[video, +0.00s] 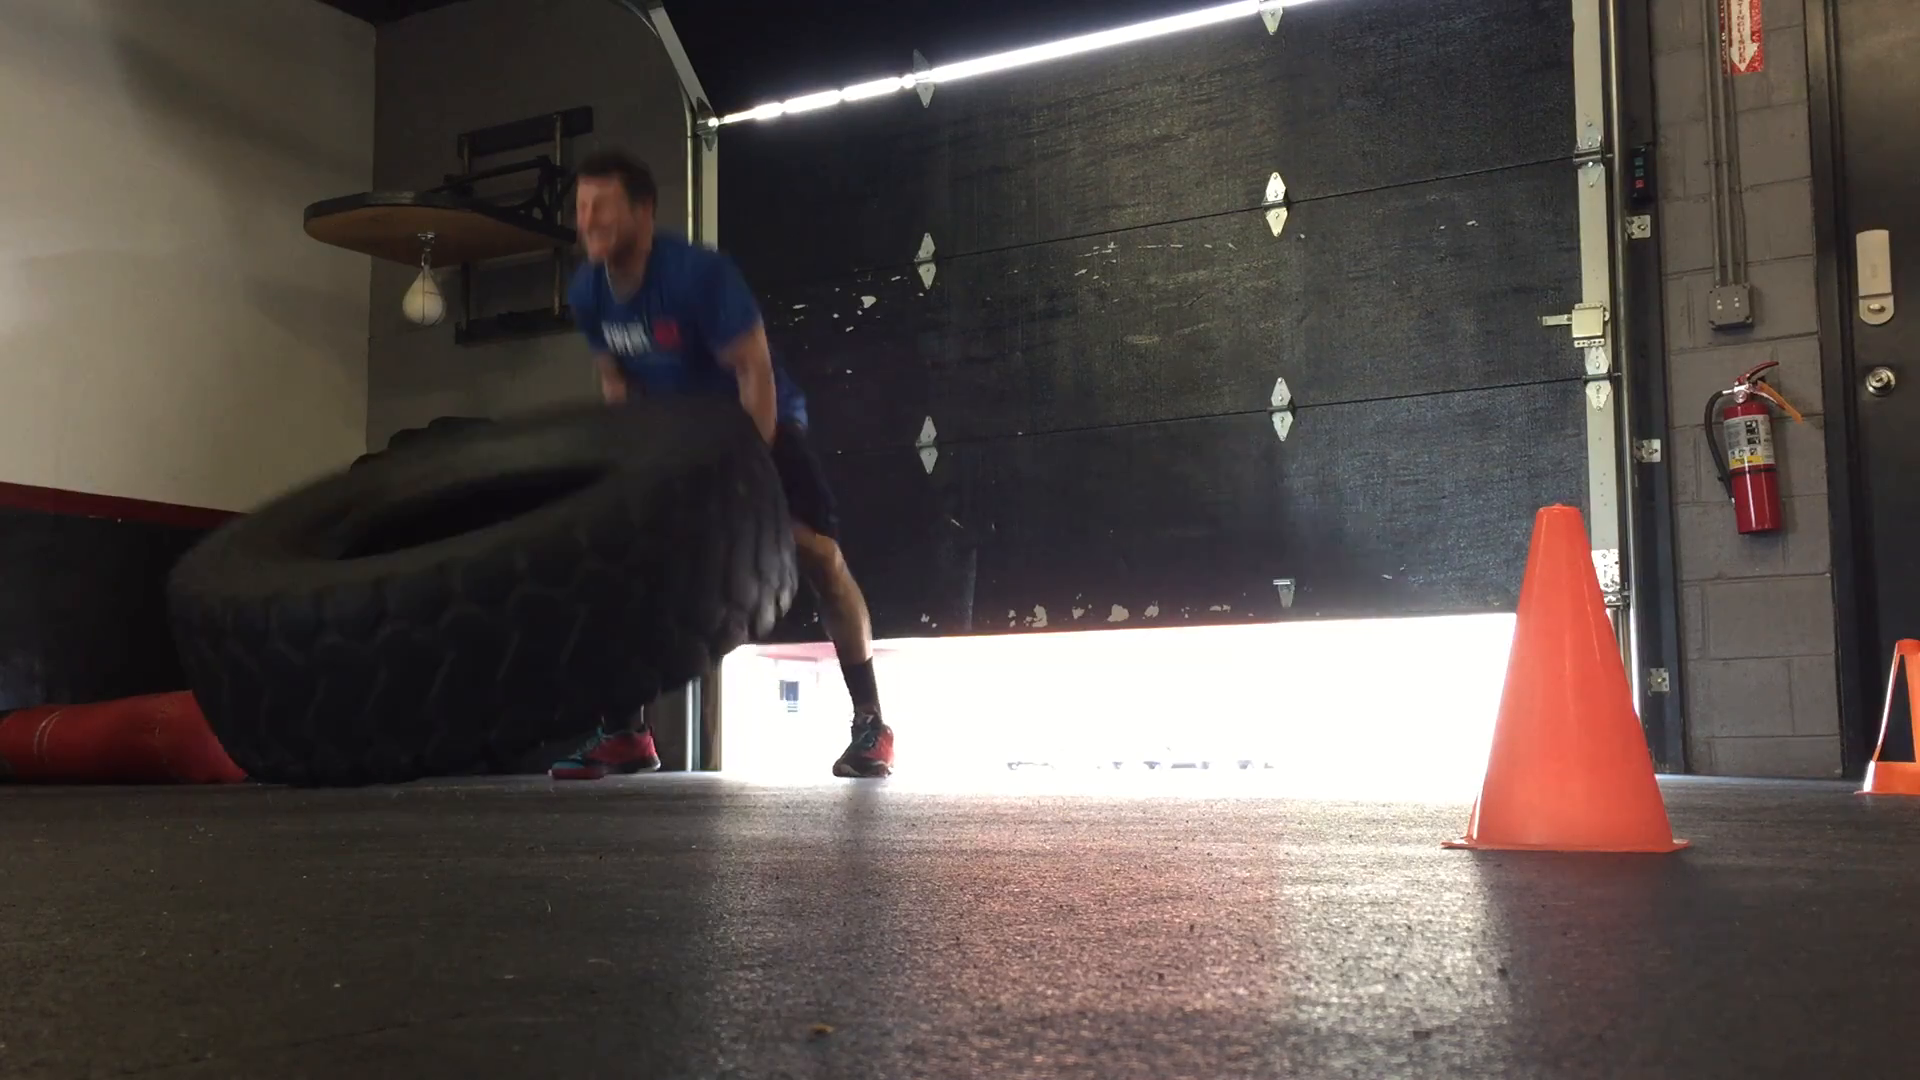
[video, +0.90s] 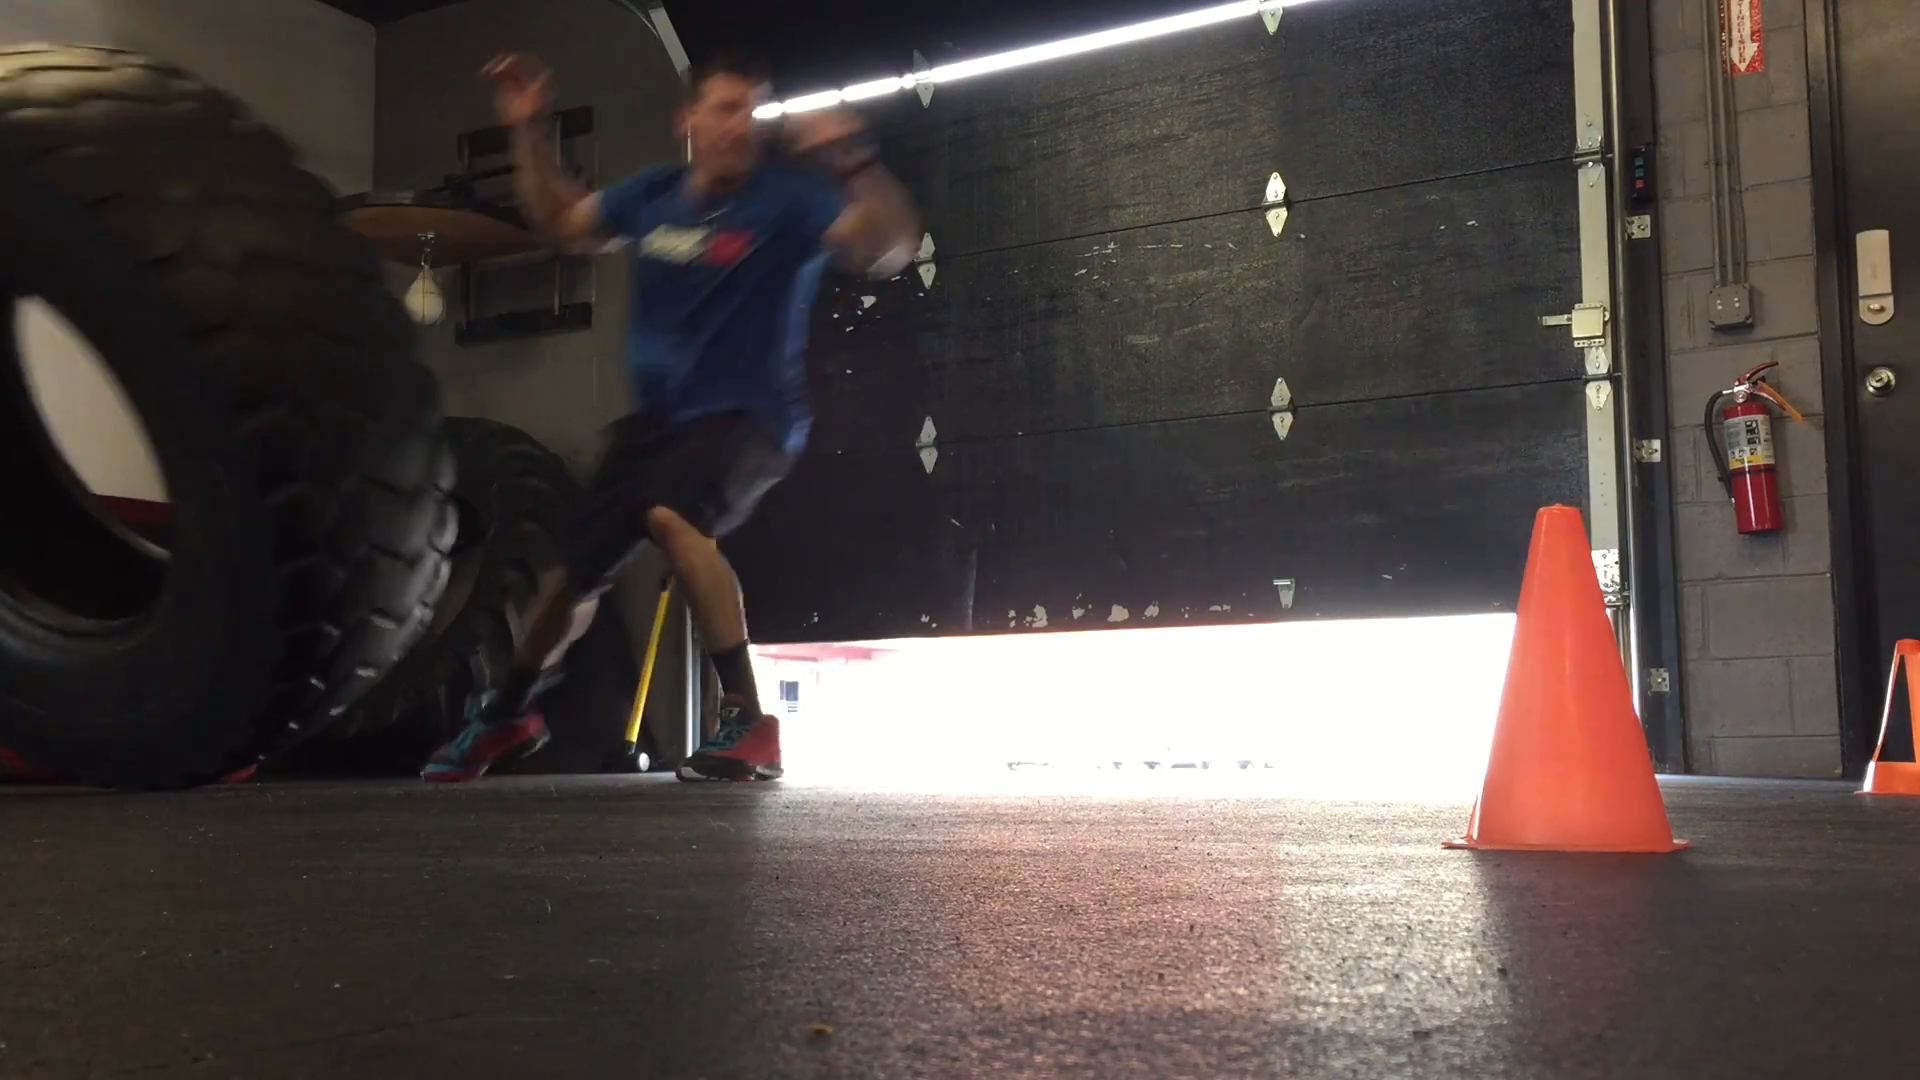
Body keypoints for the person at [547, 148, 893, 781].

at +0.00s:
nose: (590, 224)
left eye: (604, 209)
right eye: (582, 212)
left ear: (644, 212)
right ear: (575, 219)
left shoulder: (703, 274)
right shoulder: (588, 291)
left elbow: (757, 373)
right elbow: (614, 380)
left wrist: (746, 473)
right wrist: (633, 462)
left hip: (761, 428)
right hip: (677, 439)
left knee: (819, 556)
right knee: (628, 567)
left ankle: (870, 724)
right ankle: (628, 730)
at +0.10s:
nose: (589, 159)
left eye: (602, 145)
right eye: (581, 147)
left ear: (643, 146)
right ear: (575, 151)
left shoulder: (697, 203)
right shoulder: (582, 220)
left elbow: (756, 298)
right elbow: (599, 317)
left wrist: (728, 393)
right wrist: (610, 392)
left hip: (736, 400)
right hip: (655, 407)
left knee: (797, 553)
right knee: (626, 555)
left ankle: (865, 719)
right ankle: (624, 712)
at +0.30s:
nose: (534, 158)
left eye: (547, 142)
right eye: (525, 145)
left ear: (591, 138)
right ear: (518, 147)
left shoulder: (664, 197)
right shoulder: (537, 226)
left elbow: (757, 267)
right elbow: (522, 319)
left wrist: (699, 293)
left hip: (700, 415)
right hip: (602, 421)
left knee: (773, 565)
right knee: (531, 558)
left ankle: (863, 712)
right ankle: (509, 728)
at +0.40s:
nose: (512, 156)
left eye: (527, 140)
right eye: (501, 142)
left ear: (565, 140)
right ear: (491, 147)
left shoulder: (630, 207)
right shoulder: (509, 225)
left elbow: (695, 310)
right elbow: (496, 322)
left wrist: (599, 324)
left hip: (672, 421)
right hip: (573, 428)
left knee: (723, 565)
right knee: (517, 564)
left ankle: (842, 696)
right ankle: (498, 732)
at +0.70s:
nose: (589, 159)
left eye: (601, 145)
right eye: (572, 143)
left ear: (614, 154)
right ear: (536, 154)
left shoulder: (643, 223)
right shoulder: (509, 232)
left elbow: (687, 333)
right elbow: (446, 297)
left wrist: (588, 256)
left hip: (680, 405)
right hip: (598, 417)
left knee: (649, 519)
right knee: (491, 537)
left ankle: (750, 712)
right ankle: (498, 731)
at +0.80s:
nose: (650, 169)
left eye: (662, 156)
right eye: (633, 153)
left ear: (675, 167)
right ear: (594, 165)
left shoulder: (694, 246)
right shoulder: (564, 236)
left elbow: (791, 333)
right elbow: (473, 274)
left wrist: (701, 246)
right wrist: (447, 192)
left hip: (693, 434)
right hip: (601, 445)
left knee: (642, 516)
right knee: (494, 561)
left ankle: (745, 718)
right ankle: (496, 739)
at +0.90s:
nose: (738, 123)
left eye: (748, 109)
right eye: (723, 108)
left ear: (761, 121)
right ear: (687, 121)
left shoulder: (791, 196)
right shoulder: (654, 193)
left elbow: (889, 243)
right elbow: (564, 223)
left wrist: (855, 160)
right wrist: (528, 128)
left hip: (753, 415)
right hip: (659, 416)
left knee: (675, 513)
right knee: (575, 571)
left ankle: (751, 723)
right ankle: (512, 713)